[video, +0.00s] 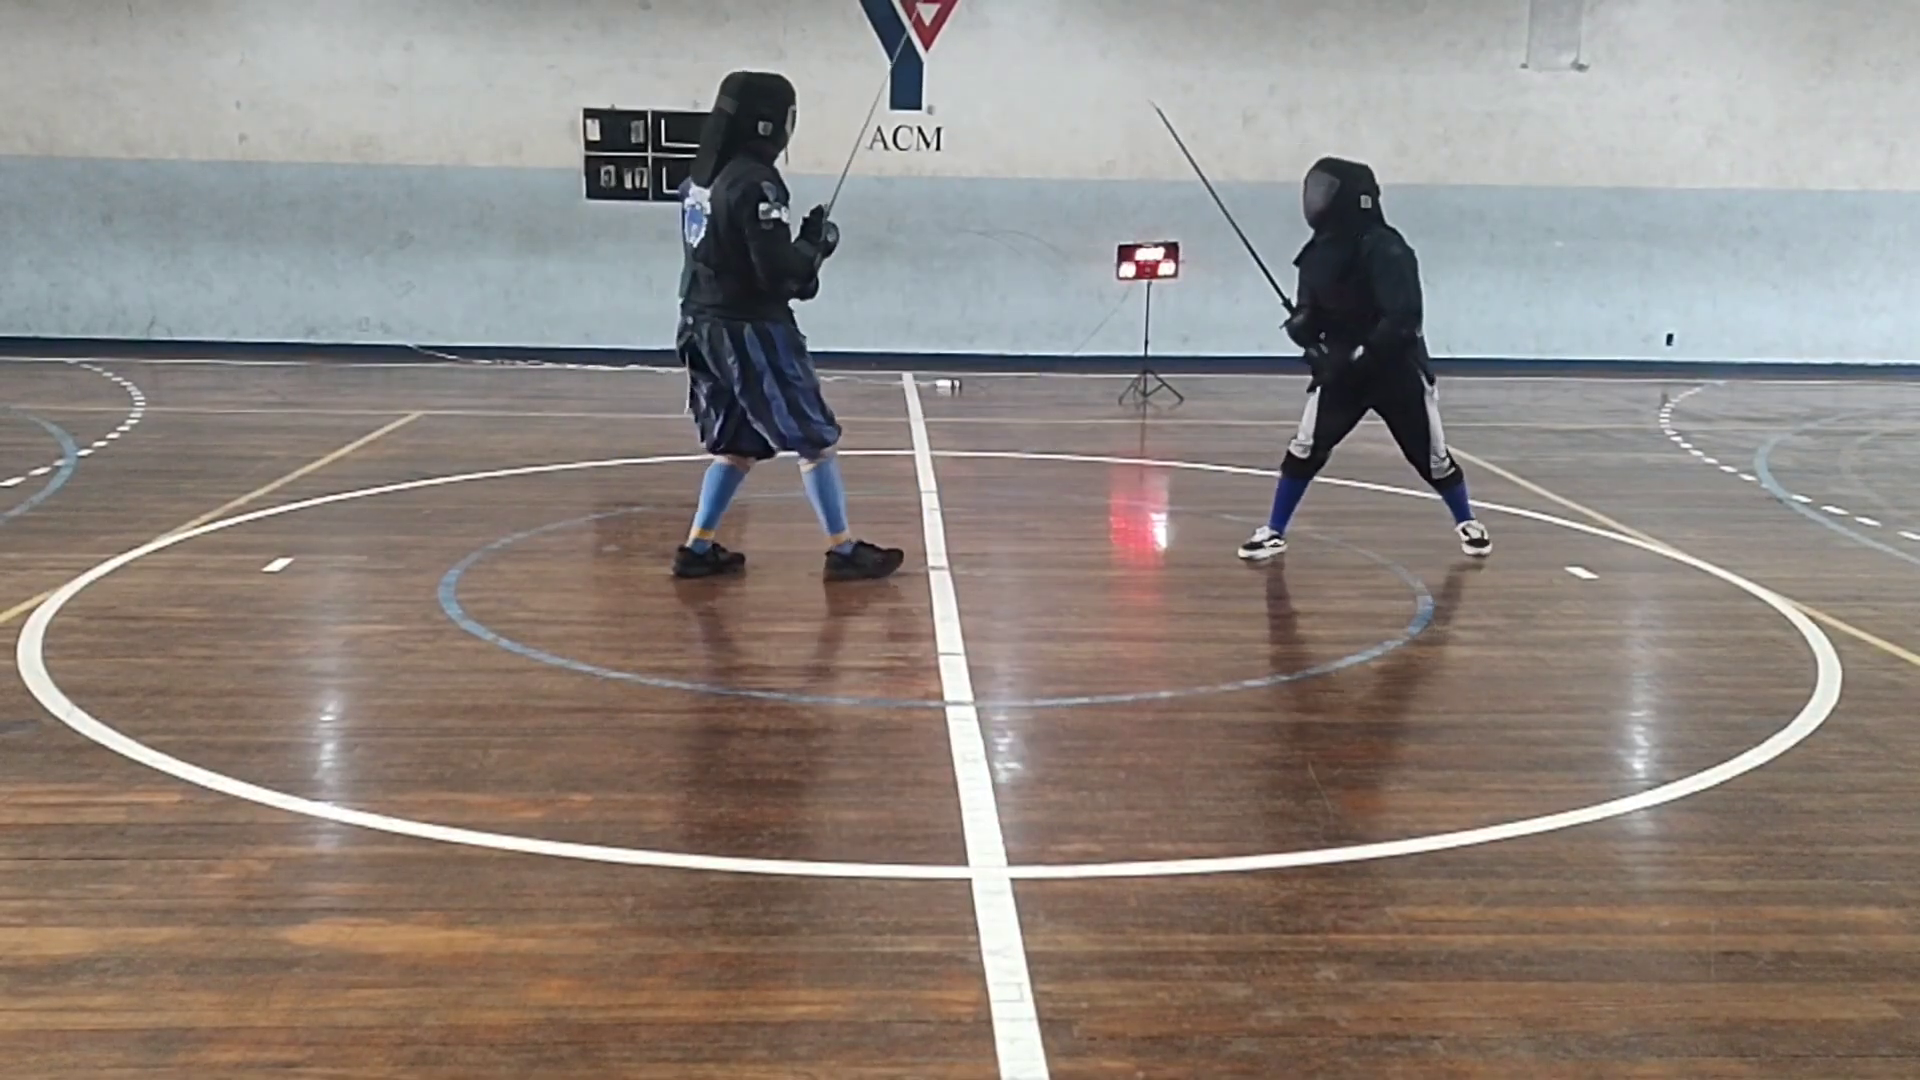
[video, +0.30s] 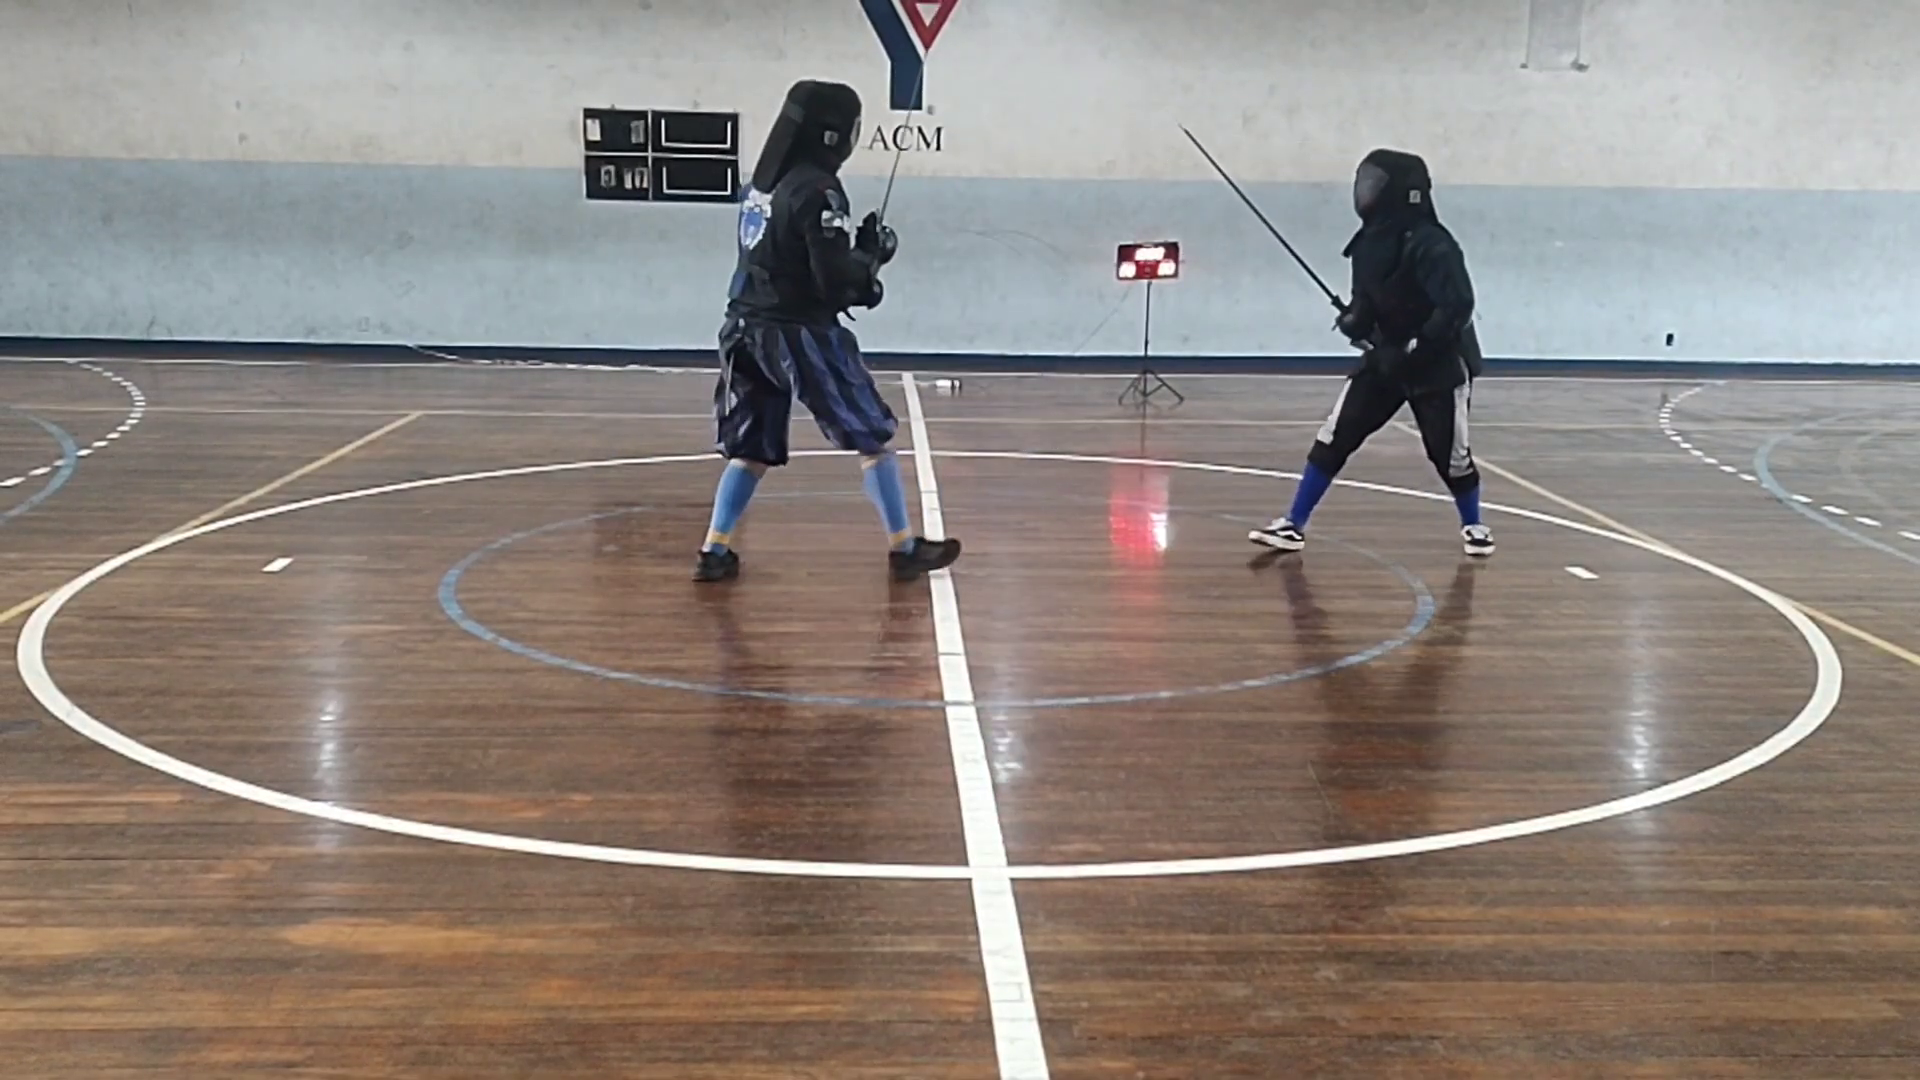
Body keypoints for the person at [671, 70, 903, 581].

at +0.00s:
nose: (789, 131)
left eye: (789, 121)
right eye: (786, 121)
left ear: (732, 120)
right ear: (767, 126)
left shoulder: (703, 173)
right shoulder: (757, 184)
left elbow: (728, 259)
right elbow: (785, 274)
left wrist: (798, 241)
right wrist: (814, 246)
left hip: (705, 325)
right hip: (754, 329)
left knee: (742, 440)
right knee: (814, 435)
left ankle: (698, 545)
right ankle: (844, 547)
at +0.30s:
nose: (853, 142)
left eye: (853, 131)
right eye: (851, 131)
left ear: (798, 127)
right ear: (834, 135)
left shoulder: (762, 180)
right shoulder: (819, 190)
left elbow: (777, 264)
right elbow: (835, 274)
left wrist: (853, 282)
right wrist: (871, 256)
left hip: (746, 327)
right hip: (803, 332)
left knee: (755, 444)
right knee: (872, 433)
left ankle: (715, 549)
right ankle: (905, 544)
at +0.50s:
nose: (901, 148)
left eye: (901, 138)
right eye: (898, 139)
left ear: (846, 136)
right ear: (880, 144)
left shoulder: (812, 187)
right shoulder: (869, 201)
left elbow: (828, 269)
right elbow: (892, 285)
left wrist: (904, 270)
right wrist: (925, 264)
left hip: (792, 333)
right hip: (853, 338)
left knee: (772, 445)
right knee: (932, 423)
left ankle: (716, 547)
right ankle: (940, 535)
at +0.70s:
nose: (933, 154)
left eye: (932, 145)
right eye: (931, 146)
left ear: (875, 141)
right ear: (919, 151)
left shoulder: (847, 194)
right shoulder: (918, 208)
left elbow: (890, 274)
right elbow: (968, 286)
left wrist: (961, 282)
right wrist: (1000, 262)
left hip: (828, 333)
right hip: (893, 341)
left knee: (785, 443)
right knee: (957, 443)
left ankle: (716, 540)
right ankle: (1002, 551)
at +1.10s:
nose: (962, 152)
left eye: (958, 143)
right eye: (959, 143)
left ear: (905, 142)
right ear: (948, 151)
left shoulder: (879, 186)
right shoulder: (948, 206)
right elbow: (1025, 252)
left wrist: (983, 222)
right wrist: (1063, 227)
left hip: (855, 336)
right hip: (920, 343)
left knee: (808, 443)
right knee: (991, 435)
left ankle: (732, 531)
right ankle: (1008, 550)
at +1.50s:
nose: (987, 147)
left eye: (988, 141)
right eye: (984, 139)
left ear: (935, 137)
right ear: (972, 148)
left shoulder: (905, 172)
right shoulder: (974, 199)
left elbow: (967, 173)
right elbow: (1046, 212)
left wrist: (1014, 166)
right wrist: (1096, 196)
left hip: (875, 335)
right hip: (938, 341)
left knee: (828, 437)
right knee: (1005, 435)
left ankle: (757, 533)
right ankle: (1010, 552)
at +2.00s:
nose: (1033, 156)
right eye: (1030, 148)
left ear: (974, 128)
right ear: (1016, 151)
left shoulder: (937, 162)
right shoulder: (1014, 202)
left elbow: (981, 100)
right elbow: (1074, 169)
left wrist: (1045, 94)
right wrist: (1113, 126)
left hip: (910, 328)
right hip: (975, 336)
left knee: (869, 434)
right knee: (1025, 441)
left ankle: (806, 537)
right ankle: (1009, 552)